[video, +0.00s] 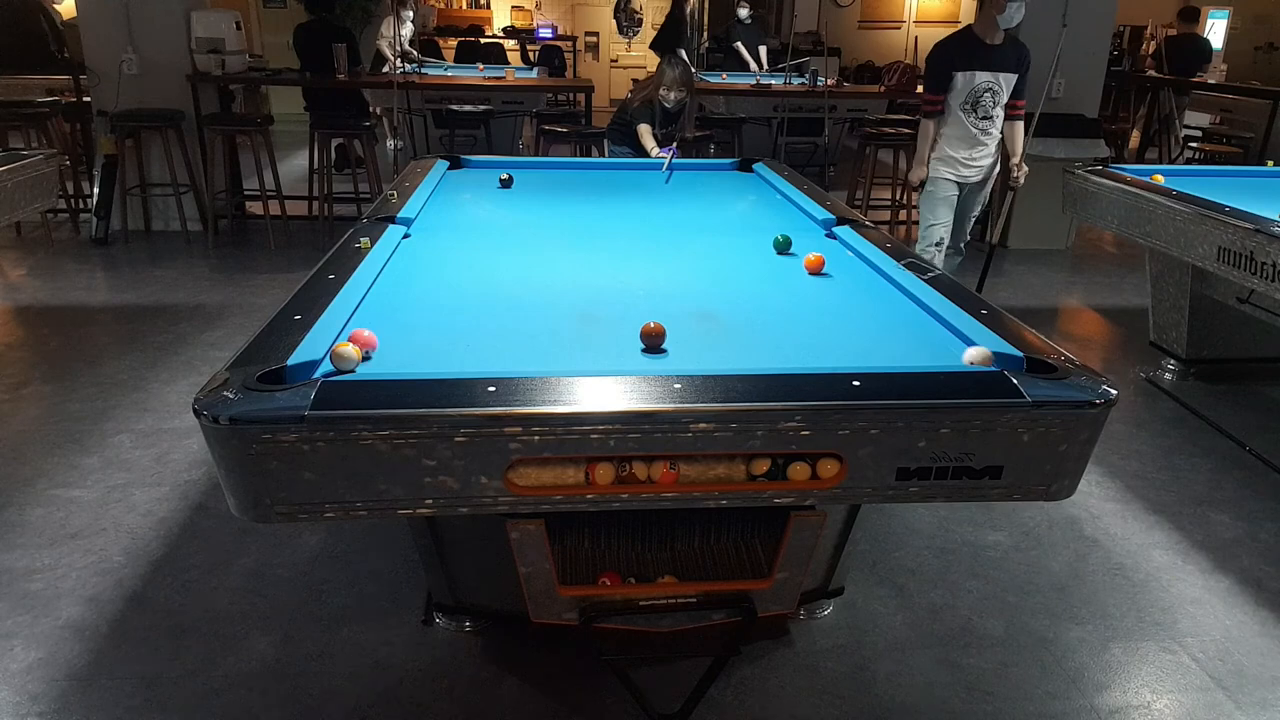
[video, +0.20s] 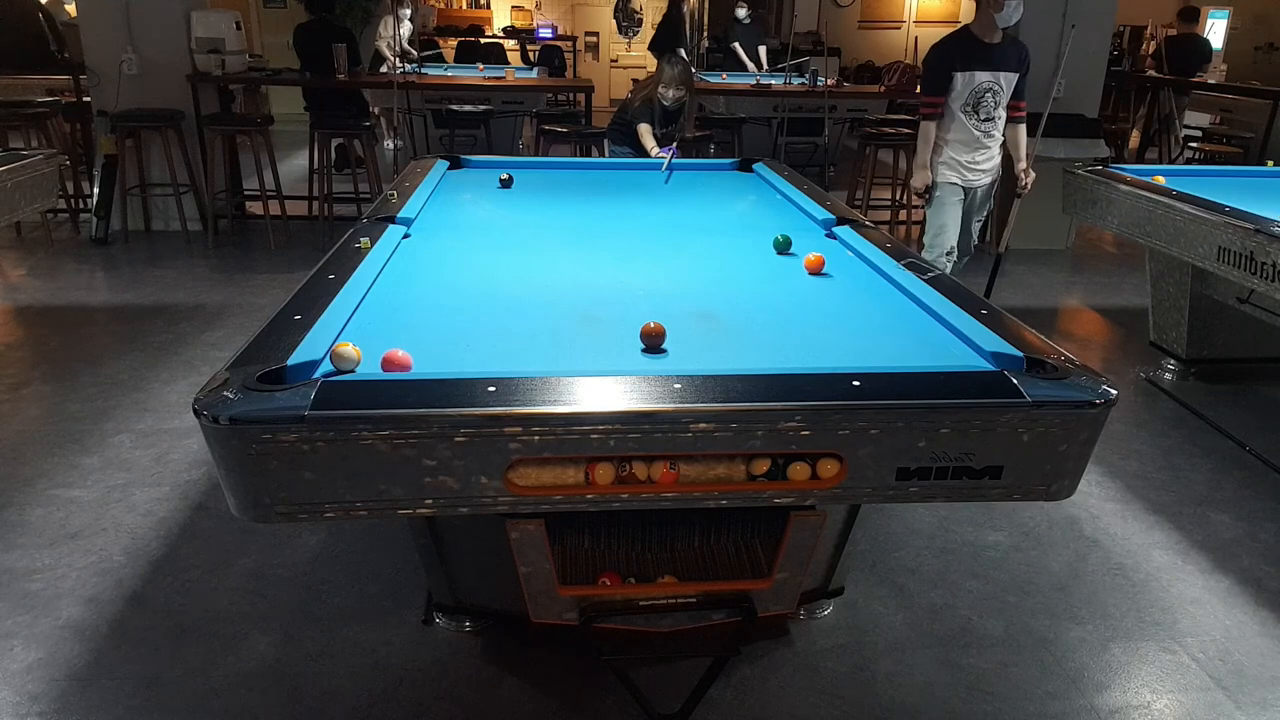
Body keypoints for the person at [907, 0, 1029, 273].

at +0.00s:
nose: (1014, 7)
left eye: (1017, 3)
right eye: (1007, 2)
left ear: (1018, 9)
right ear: (989, 4)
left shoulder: (1018, 55)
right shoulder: (946, 52)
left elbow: (1015, 114)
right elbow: (929, 114)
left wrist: (1016, 159)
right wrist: (919, 164)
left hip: (983, 171)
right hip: (943, 167)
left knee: (956, 247)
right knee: (932, 249)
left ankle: (936, 306)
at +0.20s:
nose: (1006, 5)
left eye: (1010, 1)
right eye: (999, 0)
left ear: (1015, 6)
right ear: (982, 3)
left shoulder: (1017, 55)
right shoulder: (944, 53)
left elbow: (1016, 116)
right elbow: (929, 116)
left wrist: (1020, 162)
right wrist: (920, 166)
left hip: (986, 172)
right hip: (947, 170)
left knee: (962, 252)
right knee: (940, 256)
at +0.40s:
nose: (1009, 4)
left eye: (1012, 1)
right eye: (1003, 0)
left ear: (1016, 4)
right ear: (987, 1)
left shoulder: (1022, 50)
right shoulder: (946, 49)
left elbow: (1020, 115)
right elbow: (930, 111)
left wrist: (1025, 165)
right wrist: (931, 163)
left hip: (993, 175)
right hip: (948, 175)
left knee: (988, 254)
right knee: (935, 261)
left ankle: (952, 303)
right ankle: (922, 320)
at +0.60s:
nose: (1026, 5)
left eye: (1026, 2)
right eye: (1018, 1)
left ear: (1015, 4)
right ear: (995, 4)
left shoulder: (1032, 52)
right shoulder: (958, 49)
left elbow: (1027, 117)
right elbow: (944, 113)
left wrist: (1029, 170)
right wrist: (945, 171)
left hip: (1004, 181)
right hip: (953, 180)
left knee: (1002, 272)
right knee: (933, 267)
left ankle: (990, 350)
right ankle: (915, 341)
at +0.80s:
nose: (1057, 6)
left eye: (1058, 2)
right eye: (1049, 0)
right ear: (1027, 3)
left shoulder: (1055, 62)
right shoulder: (983, 55)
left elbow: (1050, 129)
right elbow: (965, 125)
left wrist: (1050, 183)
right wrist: (964, 187)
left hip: (1025, 192)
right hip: (972, 191)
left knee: (1020, 287)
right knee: (941, 276)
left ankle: (1020, 367)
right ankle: (910, 348)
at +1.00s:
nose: (1085, 5)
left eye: (1087, 1)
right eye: (1078, 1)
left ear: (1084, 7)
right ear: (1059, 2)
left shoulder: (1090, 58)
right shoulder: (1009, 49)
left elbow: (1084, 128)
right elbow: (992, 122)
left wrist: (1079, 185)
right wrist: (985, 184)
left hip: (1061, 195)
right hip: (1008, 194)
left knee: (1039, 293)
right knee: (970, 282)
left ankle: (1025, 369)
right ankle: (929, 351)